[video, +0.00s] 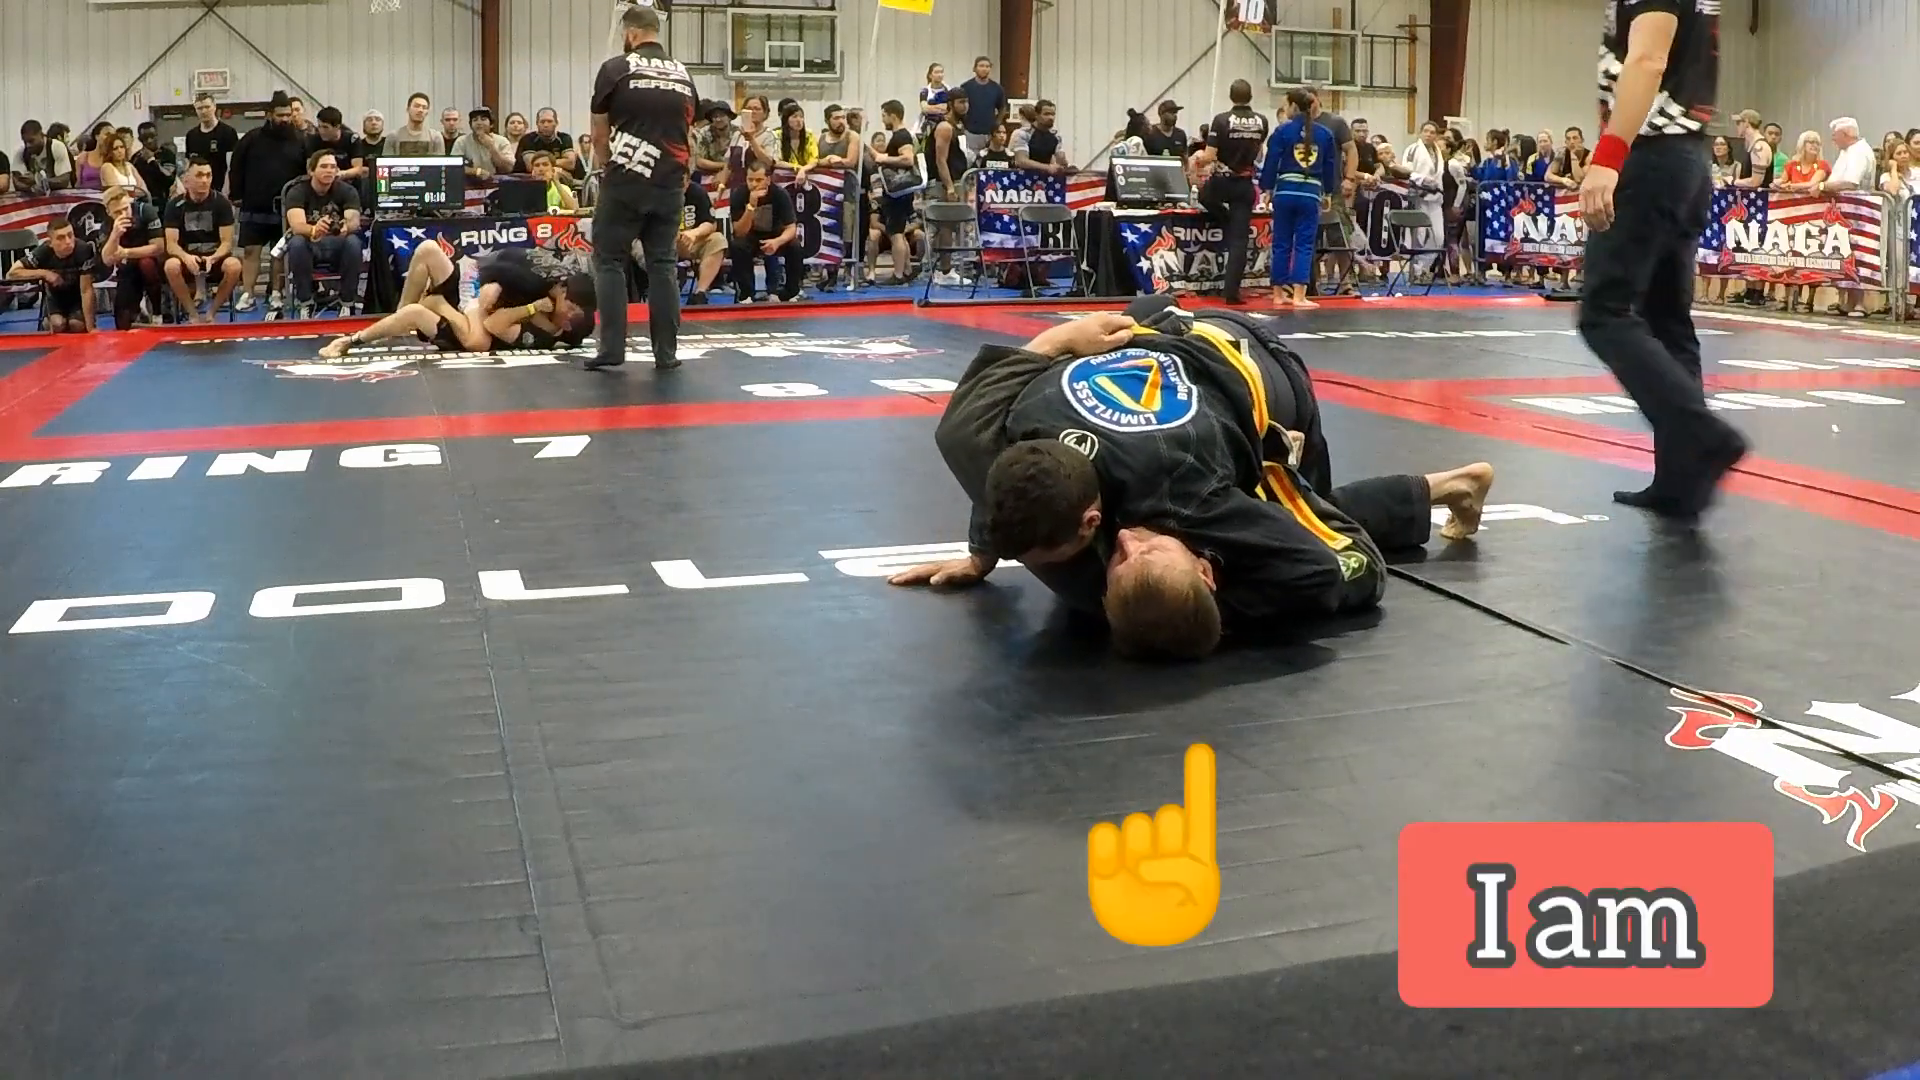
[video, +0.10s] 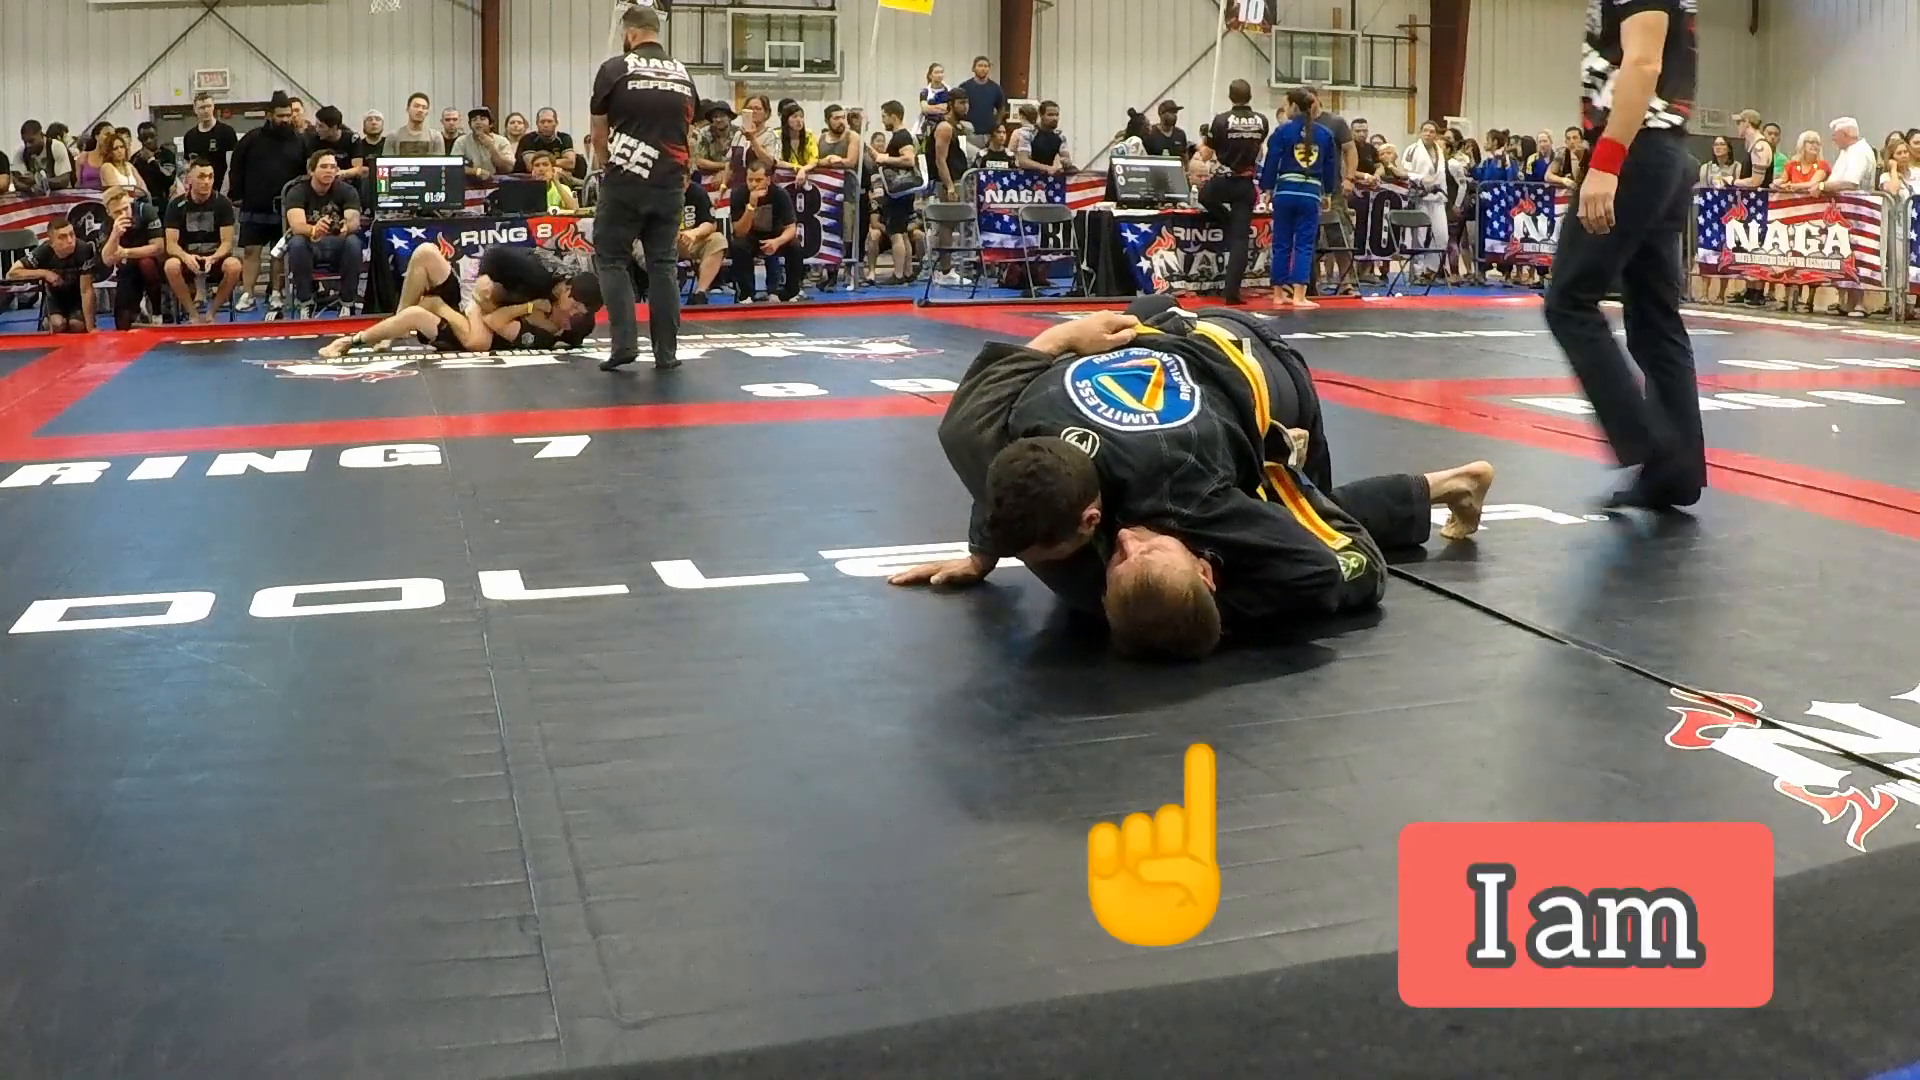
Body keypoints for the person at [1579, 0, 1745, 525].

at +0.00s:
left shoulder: (1657, 3)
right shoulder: (1685, 12)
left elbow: (1648, 62)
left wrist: (1605, 160)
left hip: (1655, 156)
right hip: (1687, 158)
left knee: (1604, 315)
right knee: (1669, 321)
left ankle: (1701, 438)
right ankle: (1677, 483)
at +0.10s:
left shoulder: (1643, 5)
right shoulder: (1661, 13)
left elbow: (1643, 64)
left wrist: (1604, 165)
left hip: (1636, 153)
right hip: (1666, 155)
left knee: (1568, 305)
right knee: (1656, 324)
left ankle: (1647, 454)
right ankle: (1677, 474)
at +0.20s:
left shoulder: (1623, 5)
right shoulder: (1605, 9)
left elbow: (1633, 68)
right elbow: (1620, 78)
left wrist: (1599, 170)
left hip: (1607, 155)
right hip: (1638, 156)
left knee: (1550, 310)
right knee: (1647, 323)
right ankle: (1676, 473)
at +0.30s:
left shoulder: (1599, 5)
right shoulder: (1568, 12)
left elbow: (1611, 76)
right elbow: (1571, 95)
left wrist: (1587, 179)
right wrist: (1534, 172)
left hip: (1582, 164)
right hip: (1613, 162)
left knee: (1539, 322)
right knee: (1637, 322)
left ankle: (1495, 470)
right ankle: (1674, 469)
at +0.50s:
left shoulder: (1531, 6)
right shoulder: (1506, 12)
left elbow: (1537, 80)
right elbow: (1506, 91)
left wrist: (1513, 179)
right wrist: (1463, 163)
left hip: (1509, 159)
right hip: (1537, 157)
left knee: (1495, 328)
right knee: (1563, 313)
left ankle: (1492, 475)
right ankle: (1644, 436)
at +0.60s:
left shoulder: (1499, 6)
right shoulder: (1474, 11)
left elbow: (1495, 80)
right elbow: (1476, 87)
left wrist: (1460, 175)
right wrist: (1441, 169)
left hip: (1494, 152)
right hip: (1492, 150)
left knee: (1483, 320)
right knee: (1497, 309)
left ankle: (1493, 474)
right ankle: (1595, 424)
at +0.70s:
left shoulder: (1471, 5)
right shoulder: (1472, 11)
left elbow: (1455, 71)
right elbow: (1466, 79)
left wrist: (1403, 161)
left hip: (1462, 147)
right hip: (1462, 146)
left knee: (1459, 304)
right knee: (1451, 300)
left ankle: (1490, 464)